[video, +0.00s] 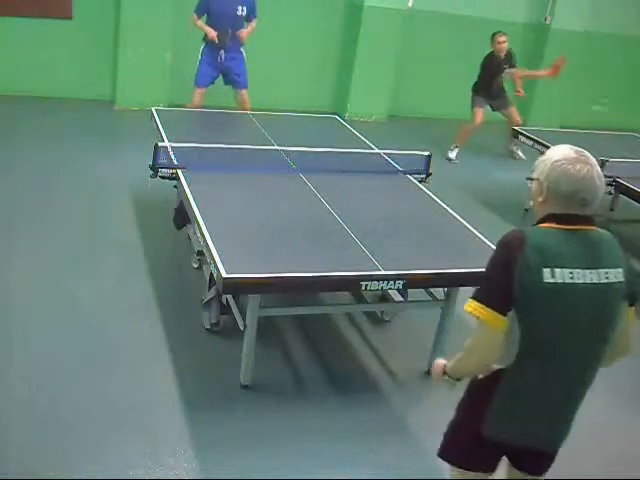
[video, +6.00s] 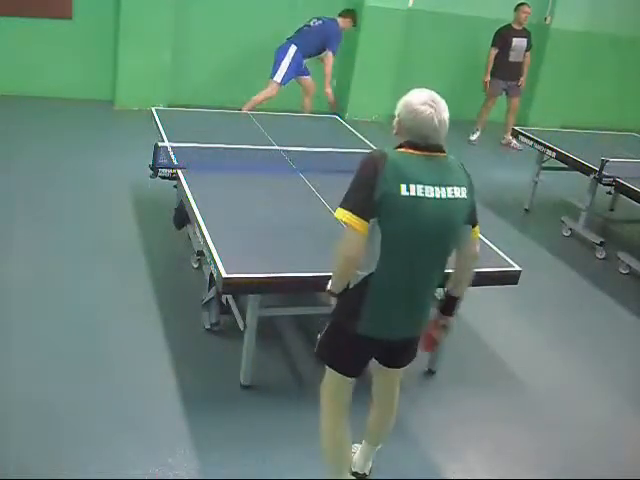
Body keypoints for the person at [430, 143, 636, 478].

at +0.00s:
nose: (530, 188)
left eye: (533, 181)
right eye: (532, 181)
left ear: (543, 191)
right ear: (592, 196)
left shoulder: (519, 245)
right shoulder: (611, 248)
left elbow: (486, 349)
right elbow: (623, 343)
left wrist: (452, 369)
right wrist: (577, 359)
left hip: (503, 397)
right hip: (563, 399)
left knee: (468, 470)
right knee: (525, 472)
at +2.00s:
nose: (388, 185)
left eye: (388, 177)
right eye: (386, 178)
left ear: (403, 174)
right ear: (429, 164)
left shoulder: (420, 213)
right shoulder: (467, 197)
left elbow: (427, 306)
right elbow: (470, 275)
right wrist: (403, 297)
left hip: (437, 349)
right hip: (468, 343)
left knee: (391, 411)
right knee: (438, 399)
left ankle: (371, 472)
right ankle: (454, 470)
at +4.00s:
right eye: (447, 151)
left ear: (405, 145)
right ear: (443, 155)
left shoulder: (368, 185)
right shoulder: (451, 193)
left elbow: (326, 228)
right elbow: (459, 244)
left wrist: (318, 282)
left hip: (366, 320)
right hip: (419, 326)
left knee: (306, 384)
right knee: (437, 386)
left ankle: (287, 470)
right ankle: (465, 458)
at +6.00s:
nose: (392, 122)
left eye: (394, 118)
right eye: (395, 117)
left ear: (399, 126)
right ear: (443, 130)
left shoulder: (380, 165)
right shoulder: (459, 175)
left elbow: (352, 248)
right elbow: (469, 253)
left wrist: (336, 291)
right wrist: (447, 309)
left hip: (366, 307)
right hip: (414, 310)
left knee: (335, 394)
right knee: (387, 385)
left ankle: (340, 473)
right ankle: (362, 464)